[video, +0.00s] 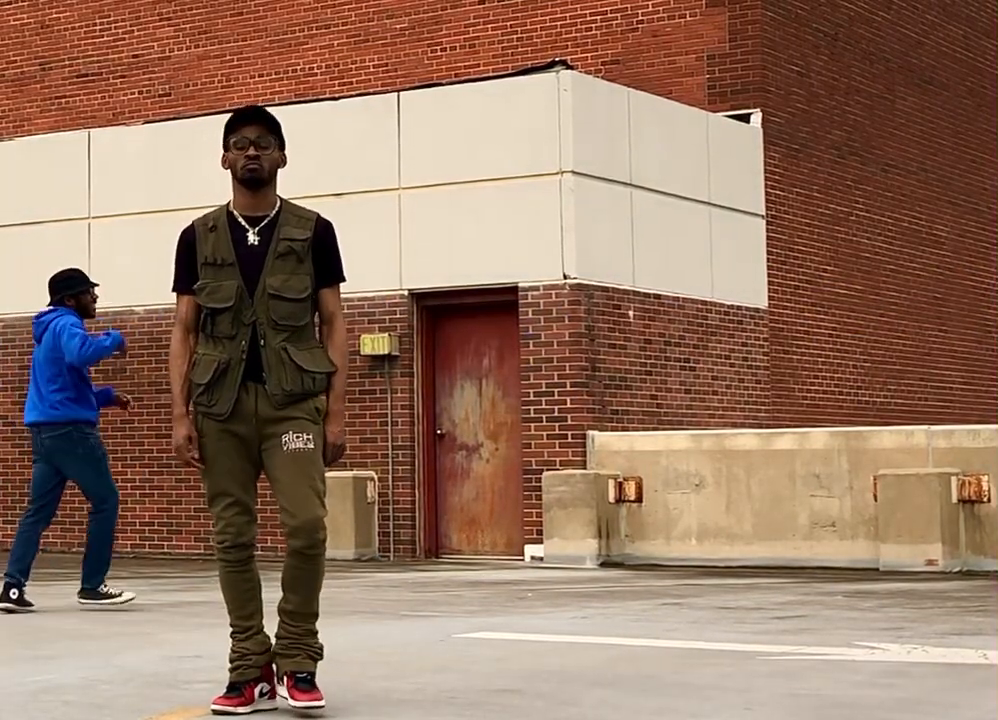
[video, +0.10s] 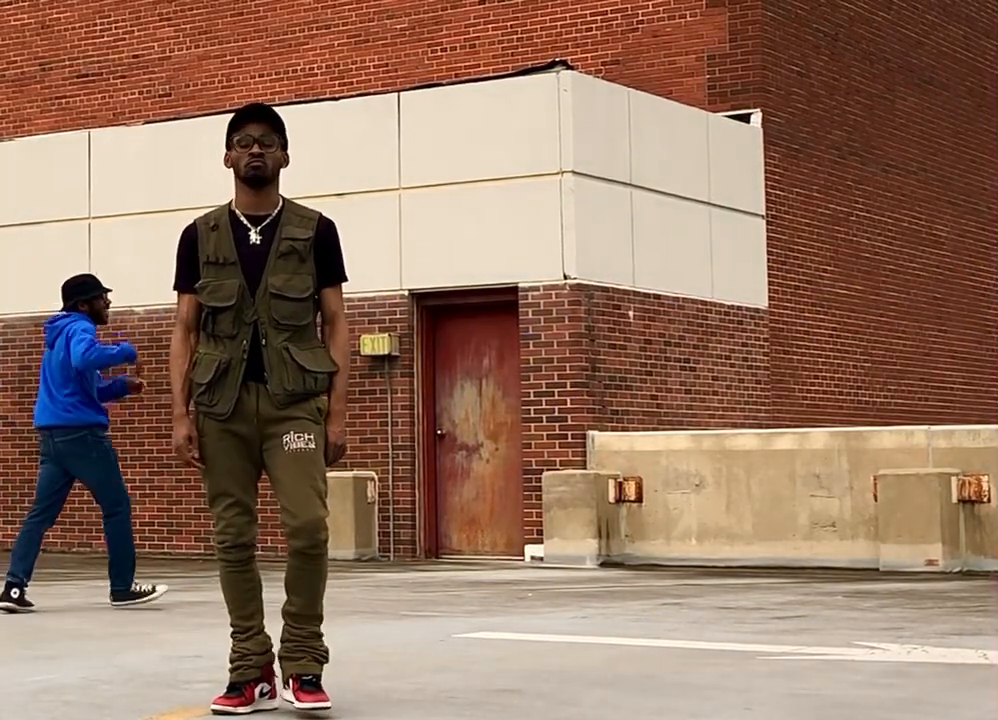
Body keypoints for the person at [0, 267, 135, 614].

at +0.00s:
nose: (95, 298)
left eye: (93, 293)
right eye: (89, 293)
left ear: (63, 298)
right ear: (72, 297)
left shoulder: (50, 327)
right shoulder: (66, 322)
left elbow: (65, 393)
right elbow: (81, 353)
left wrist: (107, 396)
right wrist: (114, 338)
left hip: (45, 428)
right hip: (69, 427)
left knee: (38, 511)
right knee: (105, 501)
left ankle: (13, 586)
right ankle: (92, 586)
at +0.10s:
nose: (108, 304)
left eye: (106, 298)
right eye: (103, 299)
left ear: (75, 304)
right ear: (85, 303)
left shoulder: (62, 332)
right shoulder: (80, 326)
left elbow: (89, 392)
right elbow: (86, 356)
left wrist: (123, 385)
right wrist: (128, 352)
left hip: (52, 433)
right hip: (82, 432)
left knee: (41, 513)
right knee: (117, 507)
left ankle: (14, 586)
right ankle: (123, 587)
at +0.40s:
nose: (171, 302)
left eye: (170, 296)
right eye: (168, 297)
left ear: (135, 301)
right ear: (155, 300)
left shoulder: (115, 333)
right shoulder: (156, 331)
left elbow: (113, 379)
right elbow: (177, 377)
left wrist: (165, 394)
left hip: (125, 428)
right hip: (151, 429)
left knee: (152, 500)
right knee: (158, 508)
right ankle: (140, 590)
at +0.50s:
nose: (190, 302)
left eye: (188, 296)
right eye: (186, 297)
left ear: (154, 302)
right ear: (174, 300)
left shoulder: (134, 333)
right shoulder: (173, 331)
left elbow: (124, 389)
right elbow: (197, 377)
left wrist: (122, 435)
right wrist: (214, 358)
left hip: (143, 427)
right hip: (166, 427)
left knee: (186, 497)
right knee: (164, 508)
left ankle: (175, 575)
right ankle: (140, 589)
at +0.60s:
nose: (208, 307)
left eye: (206, 301)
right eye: (204, 301)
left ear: (170, 303)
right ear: (193, 303)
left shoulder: (152, 338)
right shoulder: (195, 334)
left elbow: (135, 387)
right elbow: (223, 370)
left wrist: (121, 432)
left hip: (162, 432)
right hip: (187, 432)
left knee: (199, 507)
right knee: (173, 511)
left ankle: (223, 577)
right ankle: (140, 588)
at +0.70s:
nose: (220, 311)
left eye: (220, 305)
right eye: (216, 305)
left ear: (181, 305)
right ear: (204, 306)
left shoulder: (164, 340)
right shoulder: (206, 336)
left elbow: (147, 388)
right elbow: (229, 377)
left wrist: (131, 433)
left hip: (177, 433)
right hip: (201, 433)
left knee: (214, 507)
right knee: (186, 511)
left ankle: (231, 576)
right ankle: (143, 584)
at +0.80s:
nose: (236, 313)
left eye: (236, 307)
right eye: (233, 307)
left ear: (200, 306)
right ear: (222, 307)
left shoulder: (182, 342)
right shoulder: (228, 338)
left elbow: (169, 392)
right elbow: (241, 382)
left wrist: (162, 439)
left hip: (197, 439)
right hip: (221, 436)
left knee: (231, 509)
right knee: (224, 511)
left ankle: (239, 588)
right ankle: (168, 565)